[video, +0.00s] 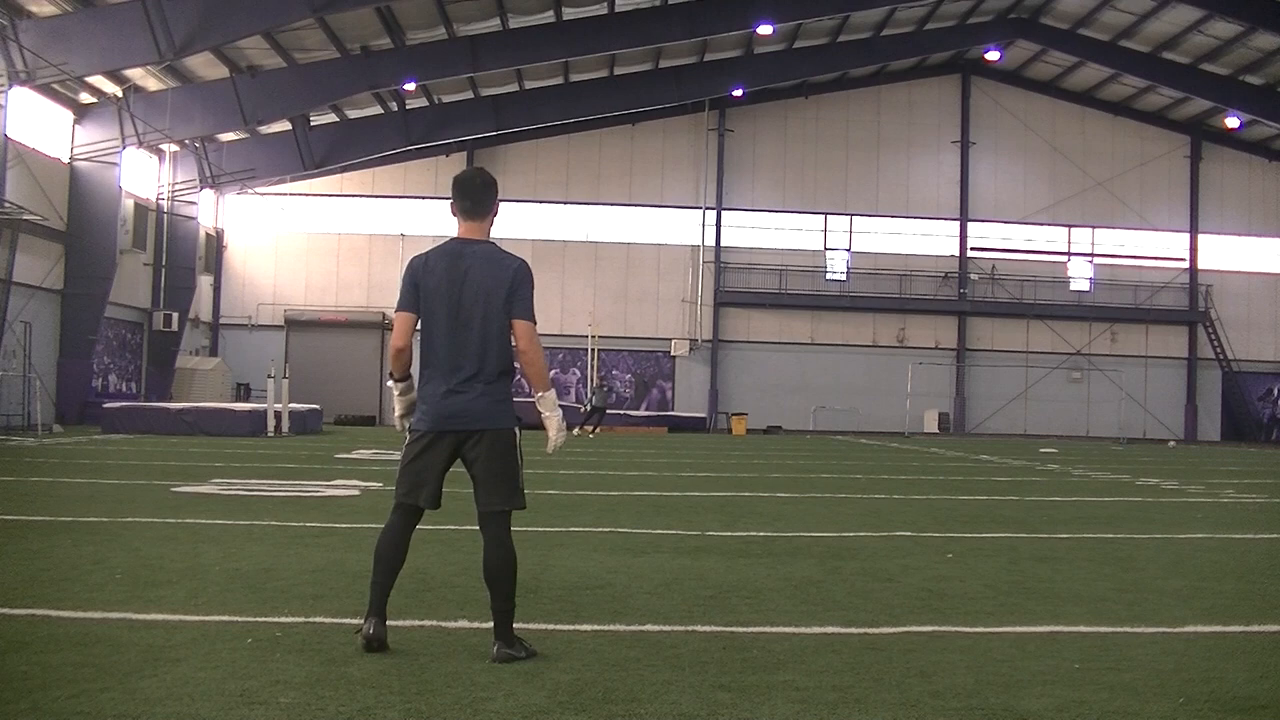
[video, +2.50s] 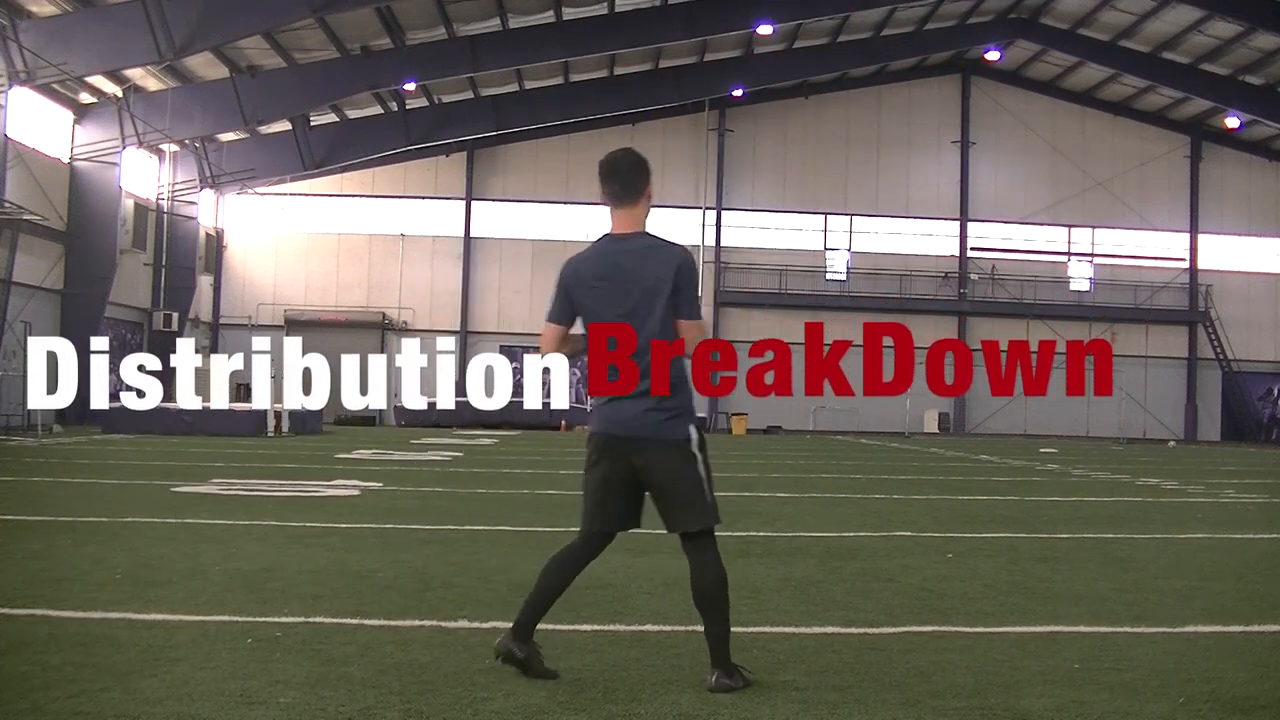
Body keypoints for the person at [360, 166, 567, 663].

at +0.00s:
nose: (479, 214)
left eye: (457, 206)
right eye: (490, 205)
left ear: (452, 209)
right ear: (495, 209)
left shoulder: (422, 265)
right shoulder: (513, 268)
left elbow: (399, 343)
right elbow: (525, 343)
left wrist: (403, 389)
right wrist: (547, 402)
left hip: (433, 416)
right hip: (492, 419)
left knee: (403, 513)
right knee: (496, 528)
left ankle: (374, 618)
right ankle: (504, 638)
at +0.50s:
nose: (507, 211)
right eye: (512, 204)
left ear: (467, 206)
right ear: (512, 207)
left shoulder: (436, 263)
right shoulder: (528, 267)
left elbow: (412, 339)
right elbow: (536, 342)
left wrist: (412, 395)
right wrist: (552, 412)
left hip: (443, 411)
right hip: (502, 414)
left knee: (412, 515)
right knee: (504, 527)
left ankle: (377, 623)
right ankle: (505, 638)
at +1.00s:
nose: (563, 209)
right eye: (565, 201)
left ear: (520, 205)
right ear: (563, 205)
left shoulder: (487, 261)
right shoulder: (582, 267)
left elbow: (473, 340)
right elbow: (598, 343)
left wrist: (516, 326)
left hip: (484, 407)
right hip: (541, 413)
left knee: (447, 518)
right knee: (521, 529)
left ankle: (421, 629)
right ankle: (506, 639)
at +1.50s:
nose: (621, 209)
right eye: (624, 201)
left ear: (580, 204)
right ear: (626, 204)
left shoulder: (551, 262)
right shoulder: (641, 266)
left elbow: (547, 330)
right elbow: (685, 326)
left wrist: (606, 324)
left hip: (550, 426)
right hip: (614, 430)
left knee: (519, 536)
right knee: (657, 535)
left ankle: (487, 651)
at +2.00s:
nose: (711, 183)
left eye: (703, 177)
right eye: (709, 177)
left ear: (661, 190)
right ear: (703, 185)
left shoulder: (636, 255)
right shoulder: (727, 242)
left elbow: (610, 330)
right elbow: (797, 203)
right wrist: (811, 134)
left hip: (648, 403)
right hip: (707, 406)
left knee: (599, 520)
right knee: (715, 536)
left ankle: (550, 631)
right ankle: (721, 665)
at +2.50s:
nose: (649, 197)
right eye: (650, 189)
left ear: (602, 195)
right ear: (650, 192)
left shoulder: (578, 266)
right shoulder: (676, 260)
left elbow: (552, 342)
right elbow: (691, 341)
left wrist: (592, 342)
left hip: (606, 432)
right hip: (667, 433)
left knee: (593, 534)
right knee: (700, 544)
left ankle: (518, 637)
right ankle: (722, 668)